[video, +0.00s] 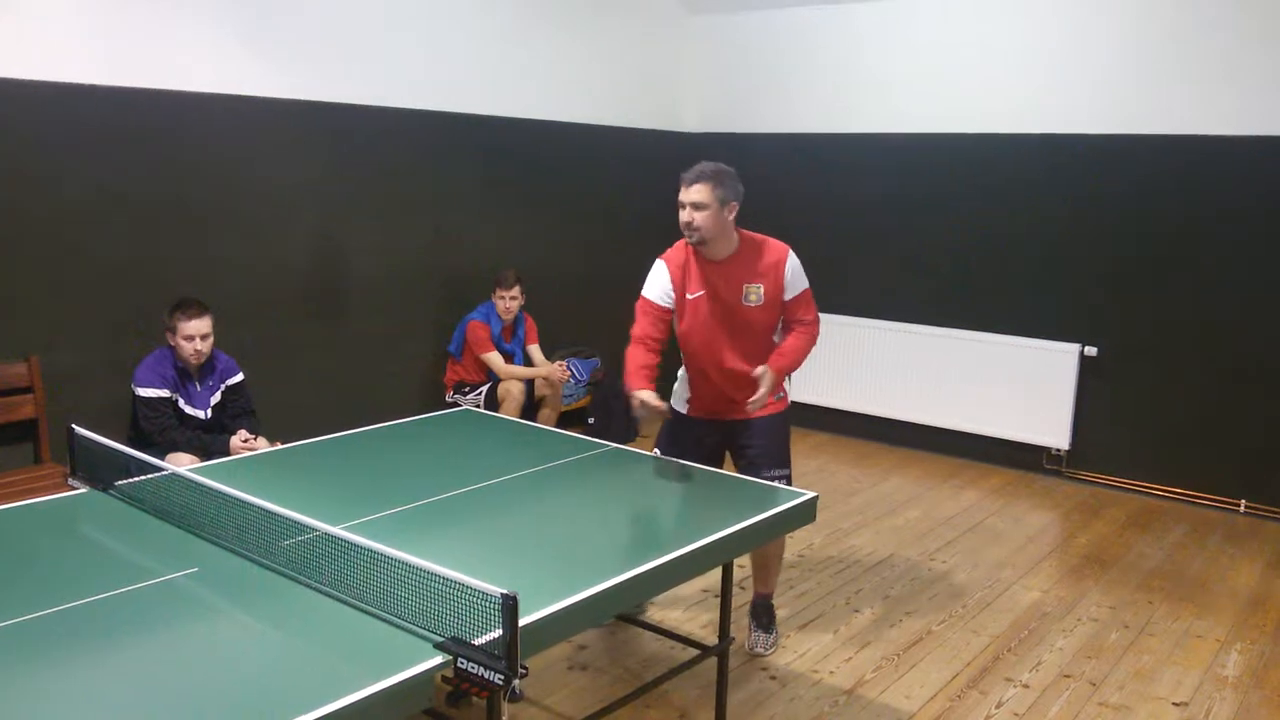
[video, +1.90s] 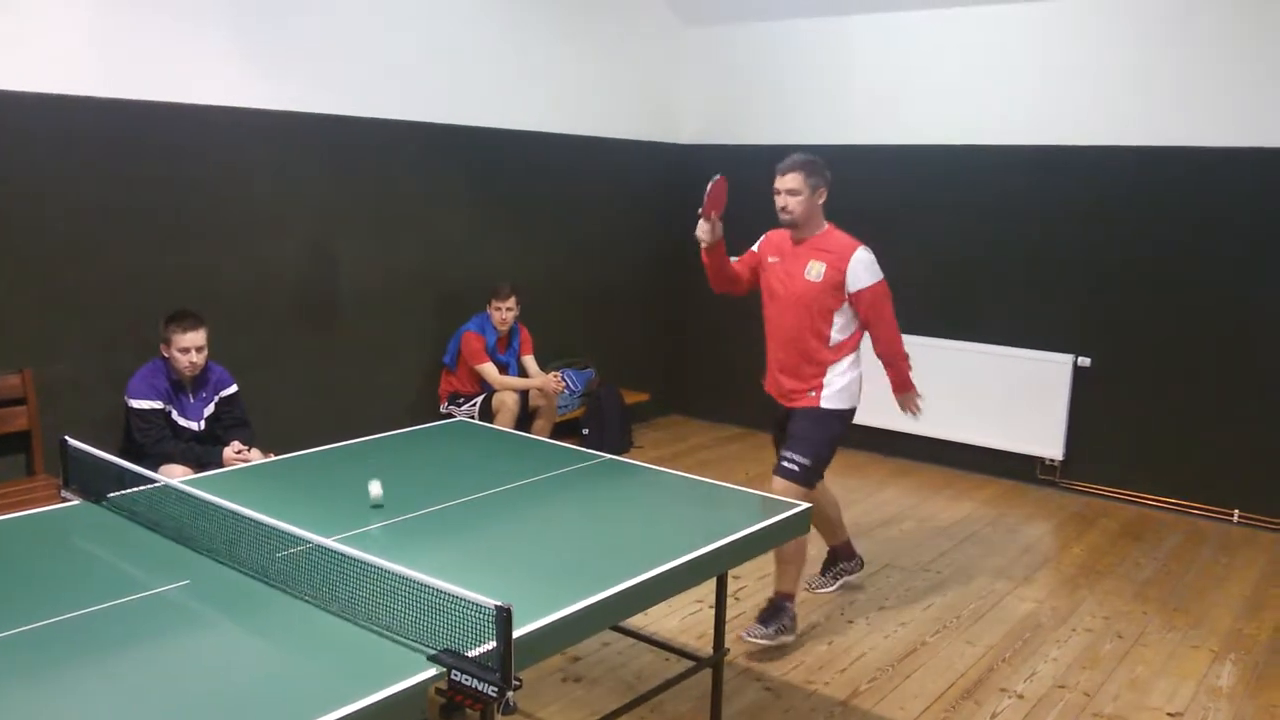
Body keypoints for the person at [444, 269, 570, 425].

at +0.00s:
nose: (507, 305)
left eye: (513, 299)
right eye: (501, 298)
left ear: (522, 300)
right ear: (493, 298)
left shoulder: (525, 322)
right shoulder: (477, 324)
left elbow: (540, 361)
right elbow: (502, 372)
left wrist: (554, 371)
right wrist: (546, 372)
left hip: (498, 386)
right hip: (462, 392)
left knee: (553, 385)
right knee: (515, 389)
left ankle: (541, 449)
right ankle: (501, 448)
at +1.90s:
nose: (503, 316)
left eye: (509, 310)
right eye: (498, 309)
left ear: (517, 311)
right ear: (489, 309)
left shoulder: (520, 333)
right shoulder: (471, 335)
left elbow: (534, 371)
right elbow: (496, 382)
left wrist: (548, 382)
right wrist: (541, 383)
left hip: (493, 397)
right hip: (457, 402)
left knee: (548, 397)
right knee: (509, 400)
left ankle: (535, 458)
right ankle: (497, 458)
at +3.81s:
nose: (511, 308)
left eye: (516, 302)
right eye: (505, 302)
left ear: (525, 304)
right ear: (496, 302)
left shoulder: (529, 326)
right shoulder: (480, 328)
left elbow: (543, 365)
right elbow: (505, 375)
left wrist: (557, 374)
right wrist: (548, 376)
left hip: (503, 386)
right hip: (468, 394)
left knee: (556, 390)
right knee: (517, 392)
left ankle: (544, 449)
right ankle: (505, 449)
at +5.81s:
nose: (517, 314)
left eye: (521, 307)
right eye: (510, 308)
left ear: (525, 308)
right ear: (496, 309)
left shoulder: (527, 331)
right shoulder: (478, 332)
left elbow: (541, 370)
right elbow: (502, 379)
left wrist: (554, 379)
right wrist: (547, 380)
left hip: (499, 392)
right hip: (464, 399)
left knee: (553, 394)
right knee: (515, 396)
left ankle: (541, 454)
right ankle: (502, 454)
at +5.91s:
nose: (517, 314)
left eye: (520, 307)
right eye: (510, 308)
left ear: (525, 307)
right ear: (495, 309)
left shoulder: (525, 331)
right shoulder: (477, 333)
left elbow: (540, 370)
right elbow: (501, 379)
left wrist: (553, 379)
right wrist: (546, 380)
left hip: (499, 393)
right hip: (463, 399)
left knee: (552, 394)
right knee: (514, 396)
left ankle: (540, 454)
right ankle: (502, 454)